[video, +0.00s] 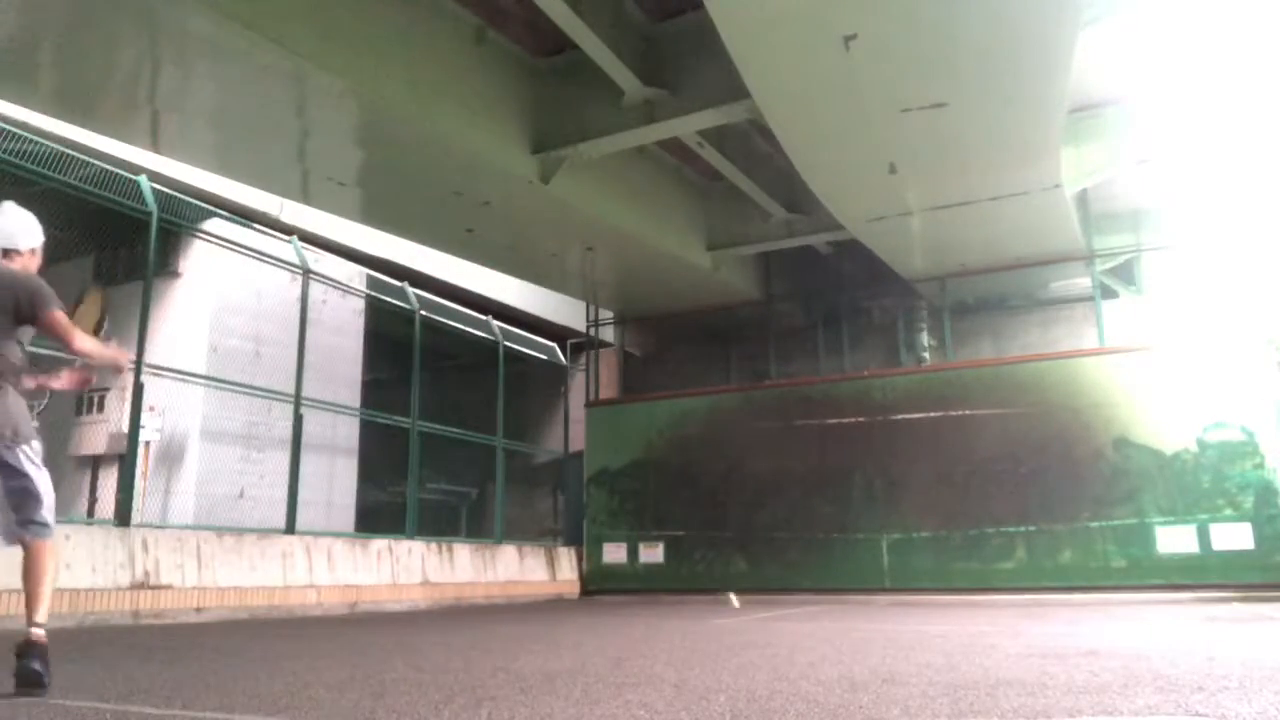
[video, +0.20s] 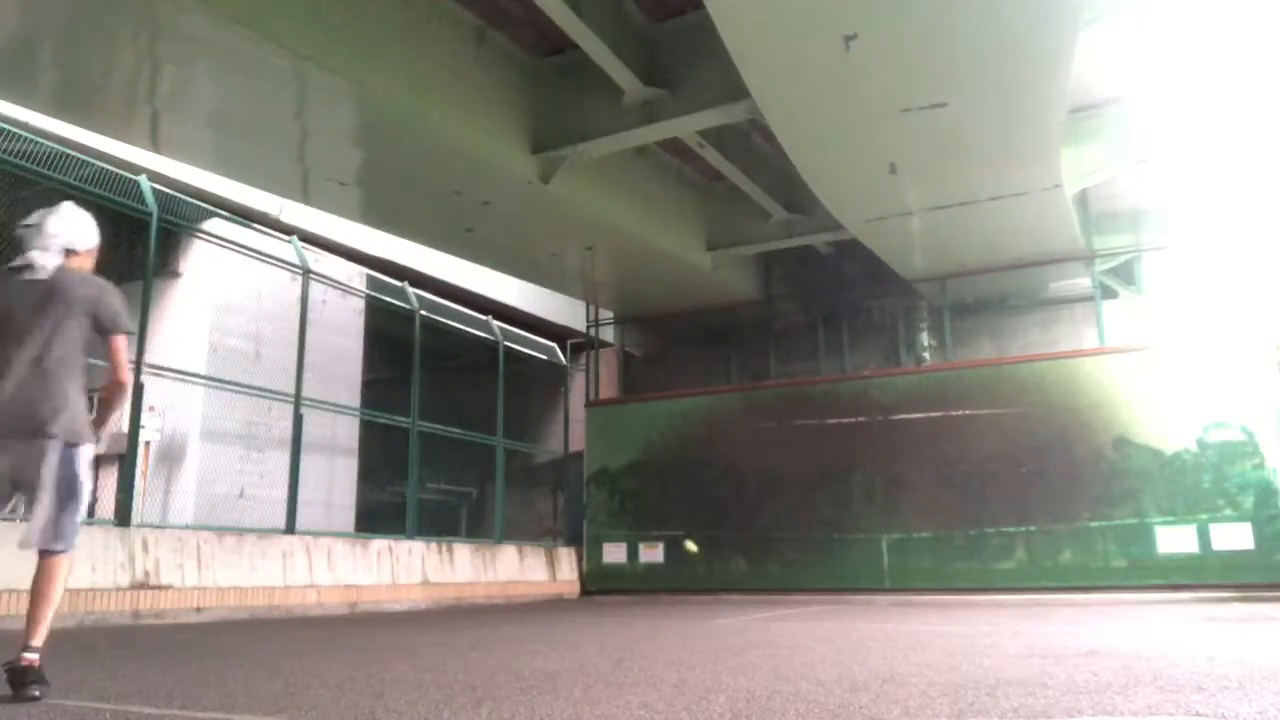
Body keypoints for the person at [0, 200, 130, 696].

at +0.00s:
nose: (39, 264)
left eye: (38, 254)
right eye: (36, 254)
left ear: (2, 250)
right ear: (21, 250)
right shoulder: (20, 281)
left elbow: (4, 373)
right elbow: (74, 341)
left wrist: (49, 380)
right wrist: (117, 354)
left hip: (9, 425)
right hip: (8, 427)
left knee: (36, 529)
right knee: (37, 528)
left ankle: (35, 637)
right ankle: (35, 635)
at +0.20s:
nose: (94, 259)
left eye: (92, 252)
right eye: (92, 252)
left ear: (43, 244)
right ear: (82, 250)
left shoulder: (8, 284)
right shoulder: (95, 290)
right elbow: (121, 378)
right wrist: (98, 425)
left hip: (5, 429)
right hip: (57, 434)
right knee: (56, 546)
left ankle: (26, 658)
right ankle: (28, 660)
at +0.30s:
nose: (120, 254)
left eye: (119, 247)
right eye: (118, 246)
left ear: (65, 238)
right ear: (105, 245)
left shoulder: (23, 274)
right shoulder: (126, 289)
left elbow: (7, 337)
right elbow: (134, 376)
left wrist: (26, 370)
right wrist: (106, 399)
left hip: (18, 426)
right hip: (85, 435)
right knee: (65, 548)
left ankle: (27, 657)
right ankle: (30, 658)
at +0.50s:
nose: (167, 252)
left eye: (167, 246)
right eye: (167, 245)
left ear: (111, 228)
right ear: (158, 242)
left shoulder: (83, 257)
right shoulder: (173, 283)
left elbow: (11, 316)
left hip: (92, 410)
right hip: (156, 420)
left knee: (77, 537)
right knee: (102, 547)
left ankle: (99, 665)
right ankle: (51, 657)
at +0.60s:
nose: (132, 226)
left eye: (137, 220)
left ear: (142, 223)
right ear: (185, 232)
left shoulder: (131, 251)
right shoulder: (193, 277)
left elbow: (42, 289)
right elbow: (115, 334)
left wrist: (40, 265)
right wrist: (54, 306)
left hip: (140, 407)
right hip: (196, 414)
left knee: (99, 532)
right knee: (135, 539)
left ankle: (98, 665)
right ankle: (106, 651)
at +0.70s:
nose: (156, 225)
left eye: (162, 220)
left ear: (173, 225)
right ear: (213, 235)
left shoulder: (171, 247)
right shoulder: (213, 279)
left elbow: (97, 262)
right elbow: (121, 329)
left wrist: (87, 231)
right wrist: (68, 276)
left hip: (181, 411)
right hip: (236, 417)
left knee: (116, 536)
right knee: (179, 521)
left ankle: (102, 675)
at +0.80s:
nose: (190, 253)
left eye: (194, 245)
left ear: (207, 238)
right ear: (237, 248)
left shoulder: (217, 247)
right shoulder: (227, 298)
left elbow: (197, 279)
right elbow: (146, 335)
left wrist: (147, 236)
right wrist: (107, 285)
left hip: (220, 415)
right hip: (267, 421)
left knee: (138, 536)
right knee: (235, 534)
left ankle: (103, 672)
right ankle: (315, 627)